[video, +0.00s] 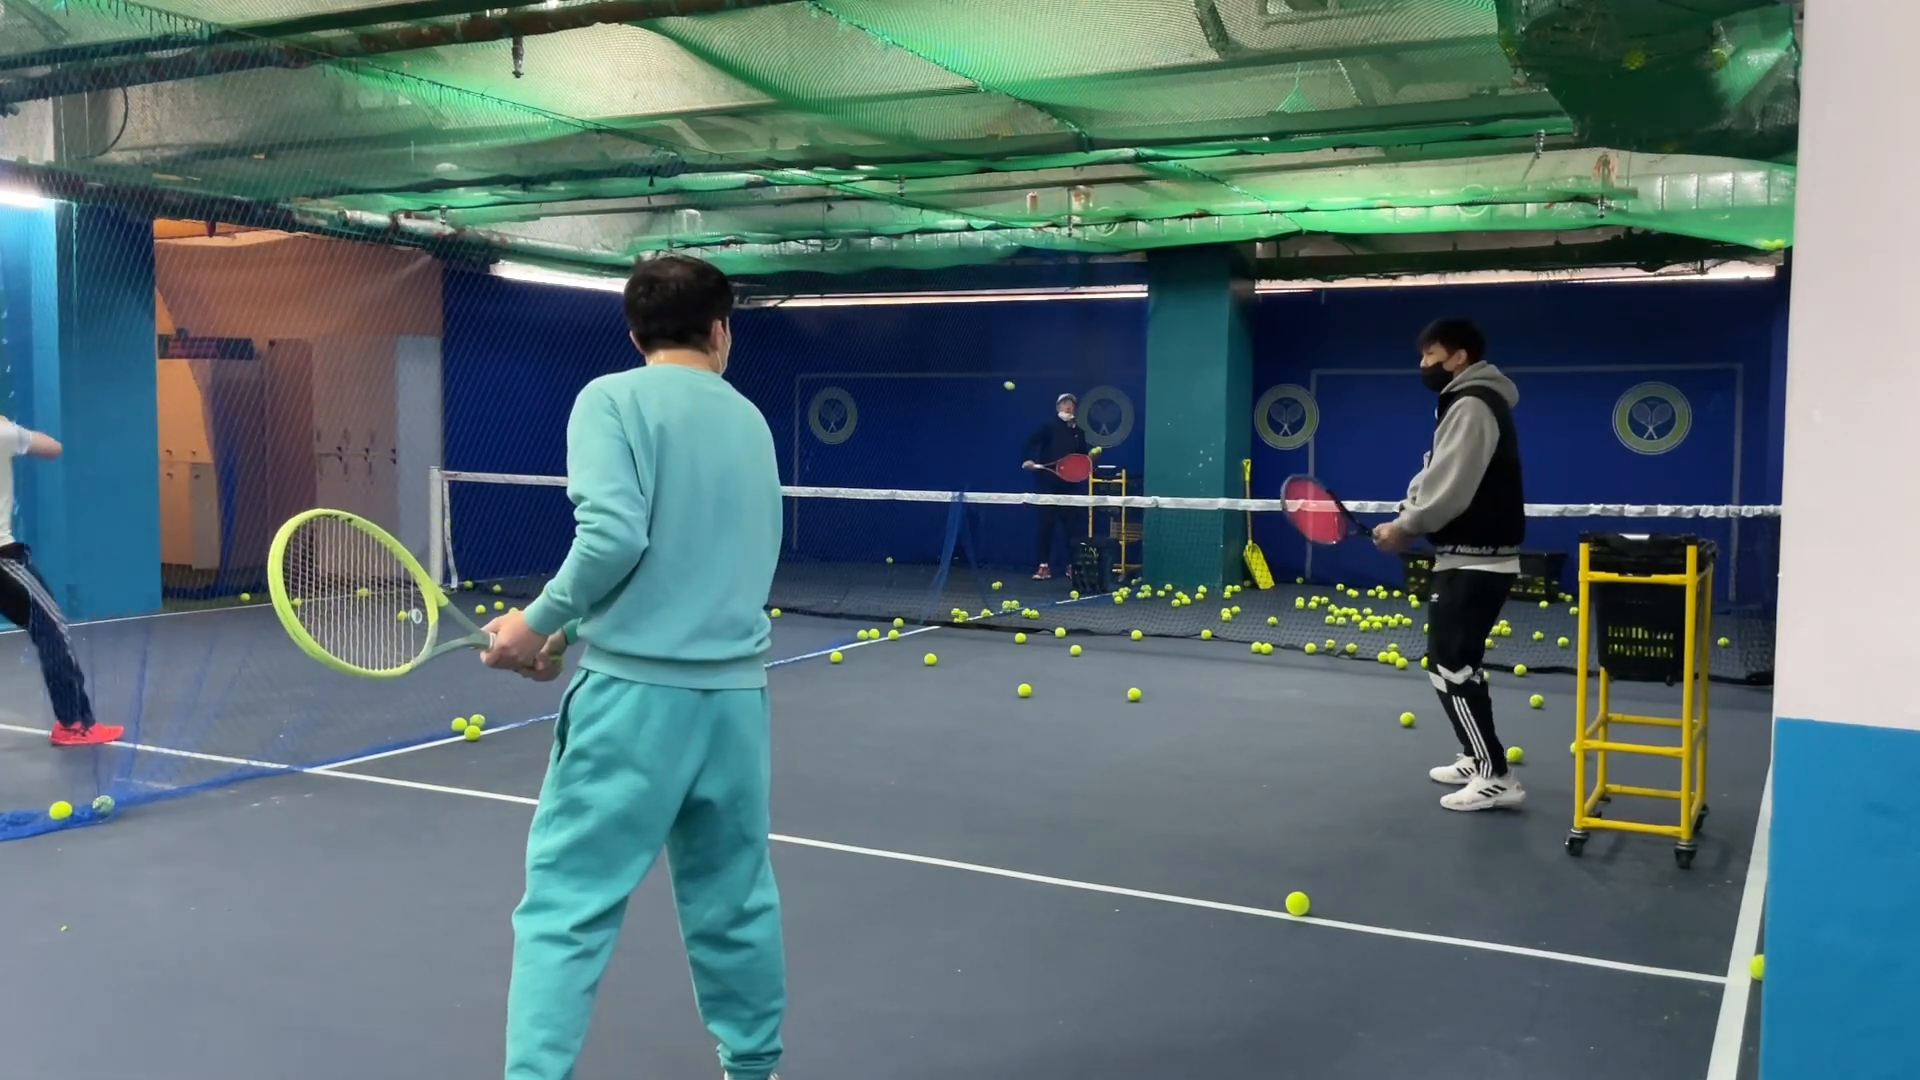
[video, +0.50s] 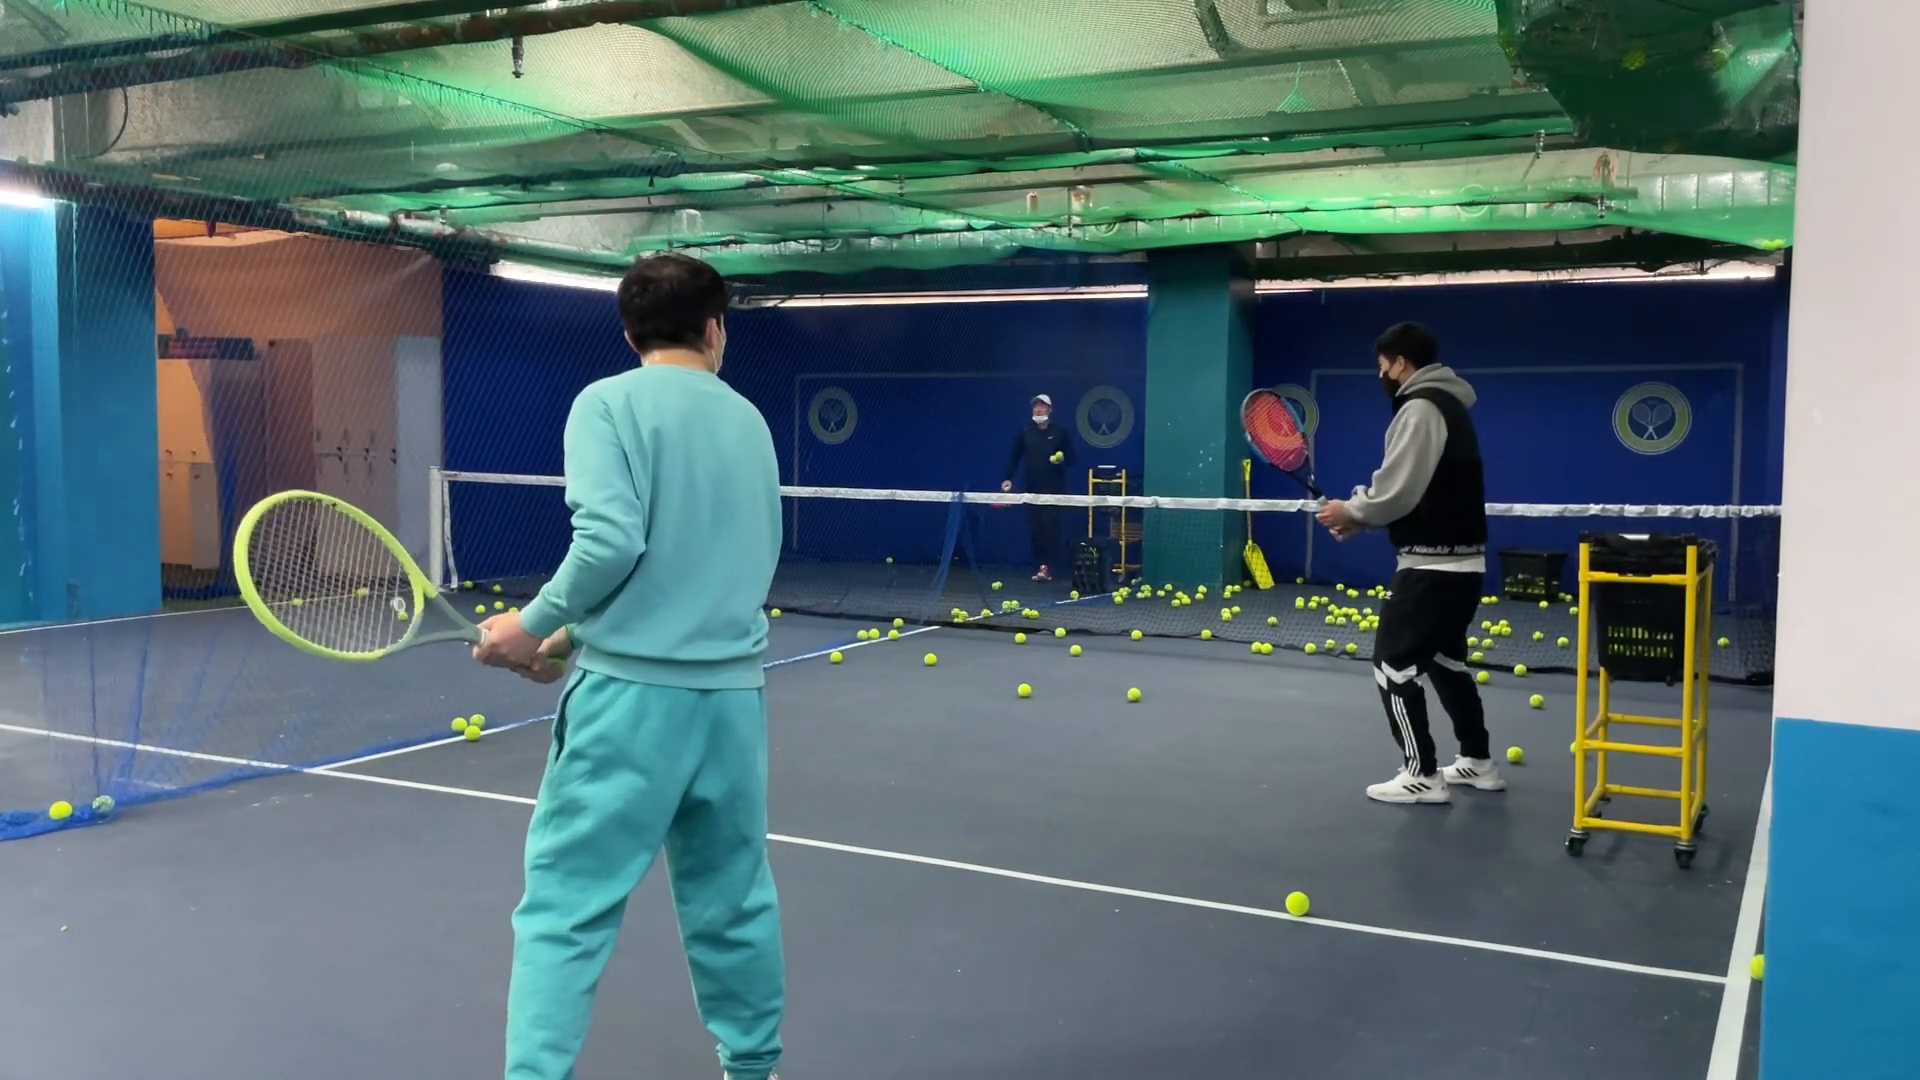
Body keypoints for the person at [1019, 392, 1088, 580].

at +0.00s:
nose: (1067, 408)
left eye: (1070, 405)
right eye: (1064, 405)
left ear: (1075, 408)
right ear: (1058, 408)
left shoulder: (1078, 432)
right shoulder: (1048, 428)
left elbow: (1083, 456)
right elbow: (1030, 445)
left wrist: (1089, 460)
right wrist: (1027, 460)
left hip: (1071, 484)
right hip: (1048, 483)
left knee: (1072, 524)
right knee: (1046, 523)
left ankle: (1072, 565)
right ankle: (1044, 564)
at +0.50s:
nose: (1039, 411)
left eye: (1043, 408)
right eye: (1036, 408)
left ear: (1050, 410)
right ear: (1032, 411)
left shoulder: (1059, 433)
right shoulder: (1025, 433)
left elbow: (1071, 459)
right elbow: (1015, 457)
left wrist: (1062, 459)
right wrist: (1009, 478)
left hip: (1053, 485)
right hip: (1032, 484)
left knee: (1049, 524)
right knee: (1036, 525)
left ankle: (1046, 565)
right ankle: (1042, 565)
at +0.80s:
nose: (1030, 412)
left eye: (1034, 409)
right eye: (1028, 408)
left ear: (1043, 412)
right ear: (1025, 411)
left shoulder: (1052, 434)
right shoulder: (1022, 435)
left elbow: (1057, 464)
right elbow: (1015, 462)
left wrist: (1037, 470)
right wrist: (1010, 477)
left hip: (1046, 489)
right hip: (1025, 488)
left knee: (1042, 528)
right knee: (1018, 528)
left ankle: (1037, 569)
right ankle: (1036, 559)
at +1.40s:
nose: (1006, 411)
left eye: (1010, 407)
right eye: (1004, 407)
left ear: (1019, 410)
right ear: (1002, 411)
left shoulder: (1030, 432)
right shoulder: (1002, 433)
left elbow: (1035, 460)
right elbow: (997, 457)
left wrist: (1015, 462)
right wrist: (1000, 470)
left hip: (1032, 485)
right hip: (1012, 485)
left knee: (1035, 525)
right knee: (1009, 525)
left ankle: (1043, 564)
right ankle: (1013, 565)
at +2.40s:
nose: (1027, 447)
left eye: (1031, 444)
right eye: (1024, 444)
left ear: (1037, 440)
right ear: (1020, 441)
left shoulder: (1046, 451)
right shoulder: (1013, 456)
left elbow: (1058, 471)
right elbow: (996, 478)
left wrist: (1061, 489)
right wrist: (985, 501)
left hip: (1047, 499)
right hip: (1022, 499)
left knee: (1059, 531)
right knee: (1014, 531)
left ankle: (1068, 565)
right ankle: (1013, 566)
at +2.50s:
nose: (1026, 443)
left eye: (1029, 439)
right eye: (1023, 439)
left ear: (1035, 437)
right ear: (1018, 437)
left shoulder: (1044, 450)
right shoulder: (1009, 453)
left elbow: (1054, 472)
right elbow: (993, 476)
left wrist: (1058, 489)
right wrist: (985, 498)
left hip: (1042, 497)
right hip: (1017, 498)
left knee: (1055, 529)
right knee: (1012, 531)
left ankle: (1068, 564)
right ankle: (1013, 566)